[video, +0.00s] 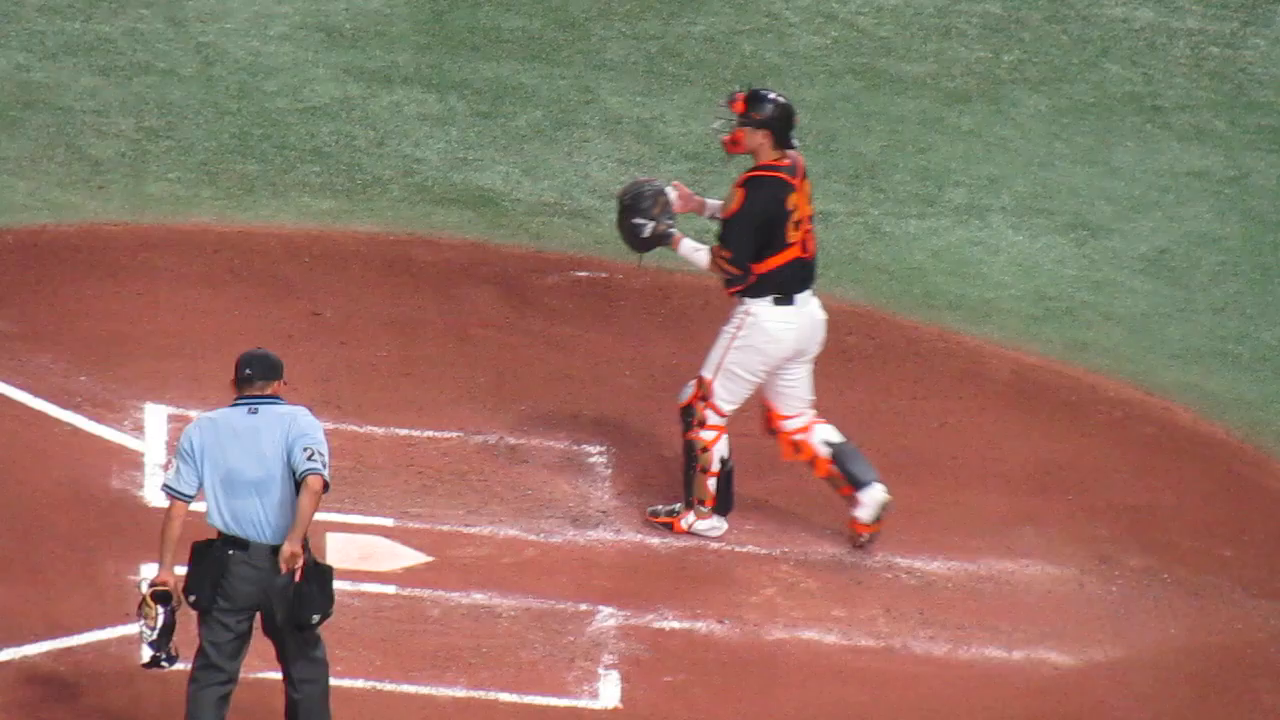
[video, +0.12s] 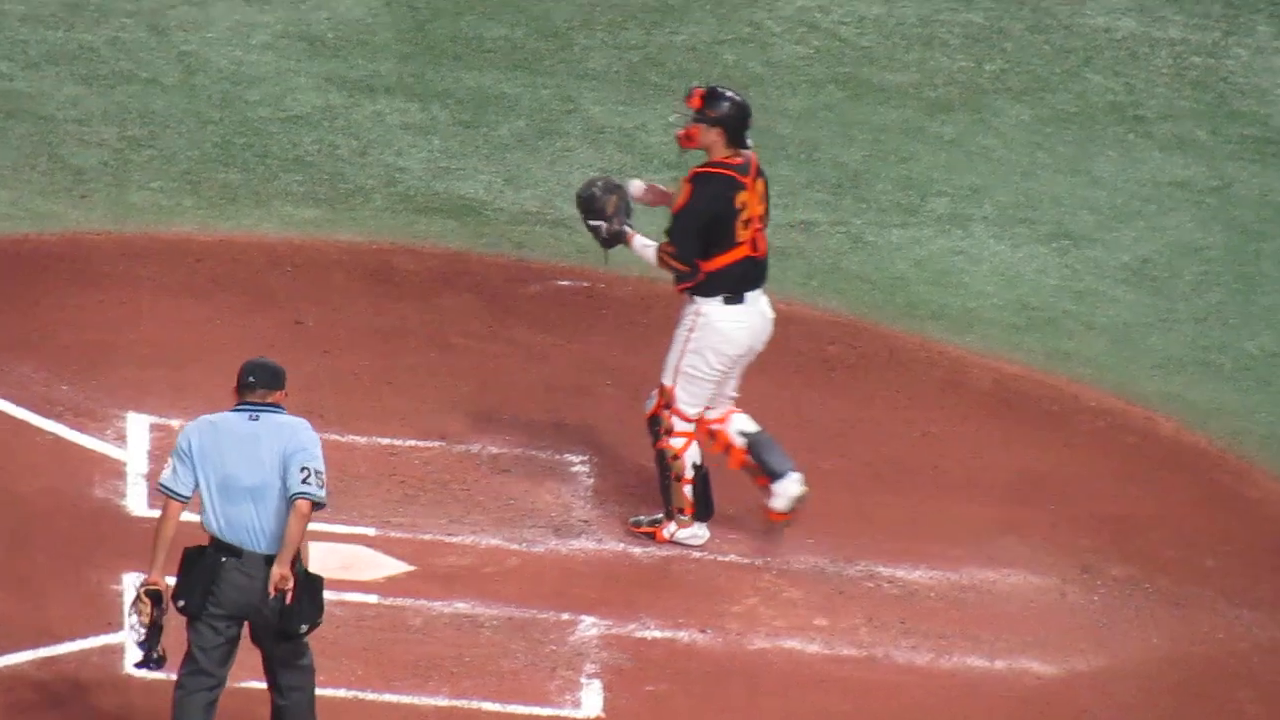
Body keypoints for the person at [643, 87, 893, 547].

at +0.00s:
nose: (736, 131)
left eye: (744, 125)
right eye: (739, 123)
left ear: (766, 134)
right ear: (772, 133)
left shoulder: (758, 189)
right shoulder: (791, 166)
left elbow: (727, 265)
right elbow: (750, 214)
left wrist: (672, 239)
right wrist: (701, 205)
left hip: (764, 317)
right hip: (805, 311)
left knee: (704, 407)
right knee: (794, 421)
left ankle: (704, 512)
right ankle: (866, 490)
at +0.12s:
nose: (690, 126)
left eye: (699, 122)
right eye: (693, 119)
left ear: (718, 131)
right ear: (731, 132)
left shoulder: (705, 187)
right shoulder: (748, 165)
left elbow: (676, 260)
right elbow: (705, 212)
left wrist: (624, 235)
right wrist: (653, 196)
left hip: (715, 316)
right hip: (754, 308)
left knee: (672, 416)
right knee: (716, 408)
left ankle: (686, 521)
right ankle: (782, 478)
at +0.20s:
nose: (664, 125)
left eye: (672, 120)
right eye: (668, 117)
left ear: (691, 129)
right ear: (706, 129)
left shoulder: (675, 183)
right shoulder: (727, 166)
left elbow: (646, 255)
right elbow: (696, 210)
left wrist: (603, 225)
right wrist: (642, 189)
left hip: (687, 315)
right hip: (725, 306)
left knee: (657, 418)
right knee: (675, 397)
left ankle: (676, 526)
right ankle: (720, 483)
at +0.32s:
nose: (628, 113)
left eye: (634, 108)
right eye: (632, 106)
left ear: (651, 119)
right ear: (674, 117)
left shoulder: (631, 171)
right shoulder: (695, 158)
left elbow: (589, 233)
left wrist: (587, 187)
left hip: (646, 305)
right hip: (688, 296)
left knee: (638, 419)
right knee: (615, 378)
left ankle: (669, 518)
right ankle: (619, 484)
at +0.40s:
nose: (607, 104)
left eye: (613, 100)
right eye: (611, 98)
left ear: (624, 110)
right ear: (655, 110)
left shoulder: (600, 160)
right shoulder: (676, 154)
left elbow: (555, 215)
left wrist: (570, 166)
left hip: (619, 295)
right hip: (661, 290)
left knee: (621, 411)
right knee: (588, 368)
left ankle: (660, 509)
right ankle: (557, 467)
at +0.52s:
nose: (575, 95)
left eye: (581, 92)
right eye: (579, 88)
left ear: (595, 103)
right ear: (622, 105)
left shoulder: (560, 147)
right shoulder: (643, 149)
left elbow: (512, 193)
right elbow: (653, 195)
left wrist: (540, 158)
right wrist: (602, 186)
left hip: (574, 287)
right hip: (616, 283)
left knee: (586, 408)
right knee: (543, 359)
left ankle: (646, 495)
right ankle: (513, 459)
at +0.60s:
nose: (559, 87)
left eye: (566, 84)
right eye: (563, 80)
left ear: (580, 97)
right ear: (606, 99)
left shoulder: (538, 133)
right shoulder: (623, 147)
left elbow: (489, 173)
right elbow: (640, 196)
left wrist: (533, 145)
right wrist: (594, 167)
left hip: (546, 280)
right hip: (588, 275)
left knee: (542, 396)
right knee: (512, 350)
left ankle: (618, 468)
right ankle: (504, 452)